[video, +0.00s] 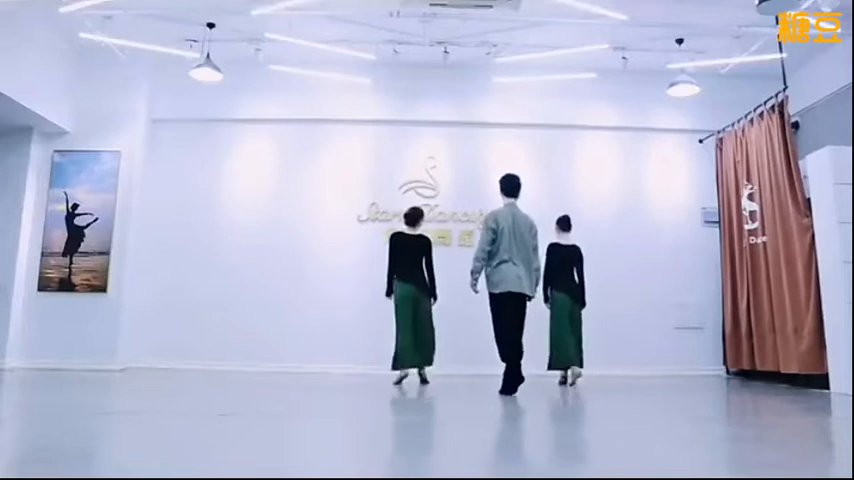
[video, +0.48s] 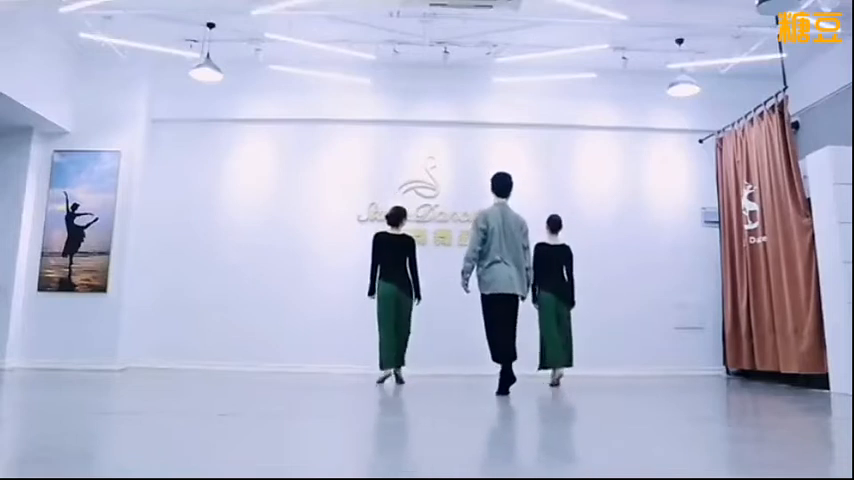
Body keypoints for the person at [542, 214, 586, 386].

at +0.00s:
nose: (556, 230)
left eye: (556, 227)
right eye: (560, 227)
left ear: (556, 228)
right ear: (570, 229)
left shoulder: (552, 248)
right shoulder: (576, 249)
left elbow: (547, 273)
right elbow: (581, 277)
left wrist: (546, 293)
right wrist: (583, 298)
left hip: (558, 292)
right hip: (573, 293)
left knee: (561, 331)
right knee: (573, 330)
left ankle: (565, 368)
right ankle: (574, 365)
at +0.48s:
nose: (550, 229)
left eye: (549, 226)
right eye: (554, 227)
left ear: (546, 227)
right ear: (560, 228)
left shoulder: (539, 248)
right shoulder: (566, 249)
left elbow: (536, 272)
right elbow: (570, 275)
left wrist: (534, 293)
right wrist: (572, 297)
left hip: (545, 292)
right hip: (562, 293)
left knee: (549, 330)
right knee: (561, 330)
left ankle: (556, 368)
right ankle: (558, 368)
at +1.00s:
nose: (541, 229)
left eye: (539, 226)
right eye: (545, 226)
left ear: (537, 227)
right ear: (551, 228)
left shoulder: (529, 247)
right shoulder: (556, 249)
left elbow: (525, 272)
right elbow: (560, 275)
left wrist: (523, 292)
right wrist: (562, 296)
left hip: (535, 291)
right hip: (553, 292)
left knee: (538, 329)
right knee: (551, 329)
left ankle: (546, 366)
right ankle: (547, 367)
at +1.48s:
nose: (535, 229)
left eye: (533, 226)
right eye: (538, 226)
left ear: (530, 227)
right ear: (544, 228)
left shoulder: (523, 247)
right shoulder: (551, 248)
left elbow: (519, 272)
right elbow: (555, 274)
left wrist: (518, 293)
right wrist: (556, 296)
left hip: (530, 291)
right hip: (547, 292)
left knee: (532, 329)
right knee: (545, 328)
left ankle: (538, 367)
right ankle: (541, 366)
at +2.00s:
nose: (531, 229)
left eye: (530, 226)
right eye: (535, 226)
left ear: (527, 227)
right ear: (542, 228)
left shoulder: (520, 247)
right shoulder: (547, 248)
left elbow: (515, 272)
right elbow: (552, 275)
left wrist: (513, 293)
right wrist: (554, 296)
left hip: (527, 292)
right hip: (544, 293)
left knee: (529, 330)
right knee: (542, 330)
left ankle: (536, 367)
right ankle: (538, 368)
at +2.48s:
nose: (522, 234)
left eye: (522, 232)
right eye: (525, 232)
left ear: (521, 234)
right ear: (536, 234)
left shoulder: (515, 254)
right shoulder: (542, 255)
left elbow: (511, 280)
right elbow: (548, 281)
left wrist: (511, 302)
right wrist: (551, 302)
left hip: (522, 299)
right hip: (540, 299)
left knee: (526, 335)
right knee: (542, 334)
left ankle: (537, 369)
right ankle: (542, 371)